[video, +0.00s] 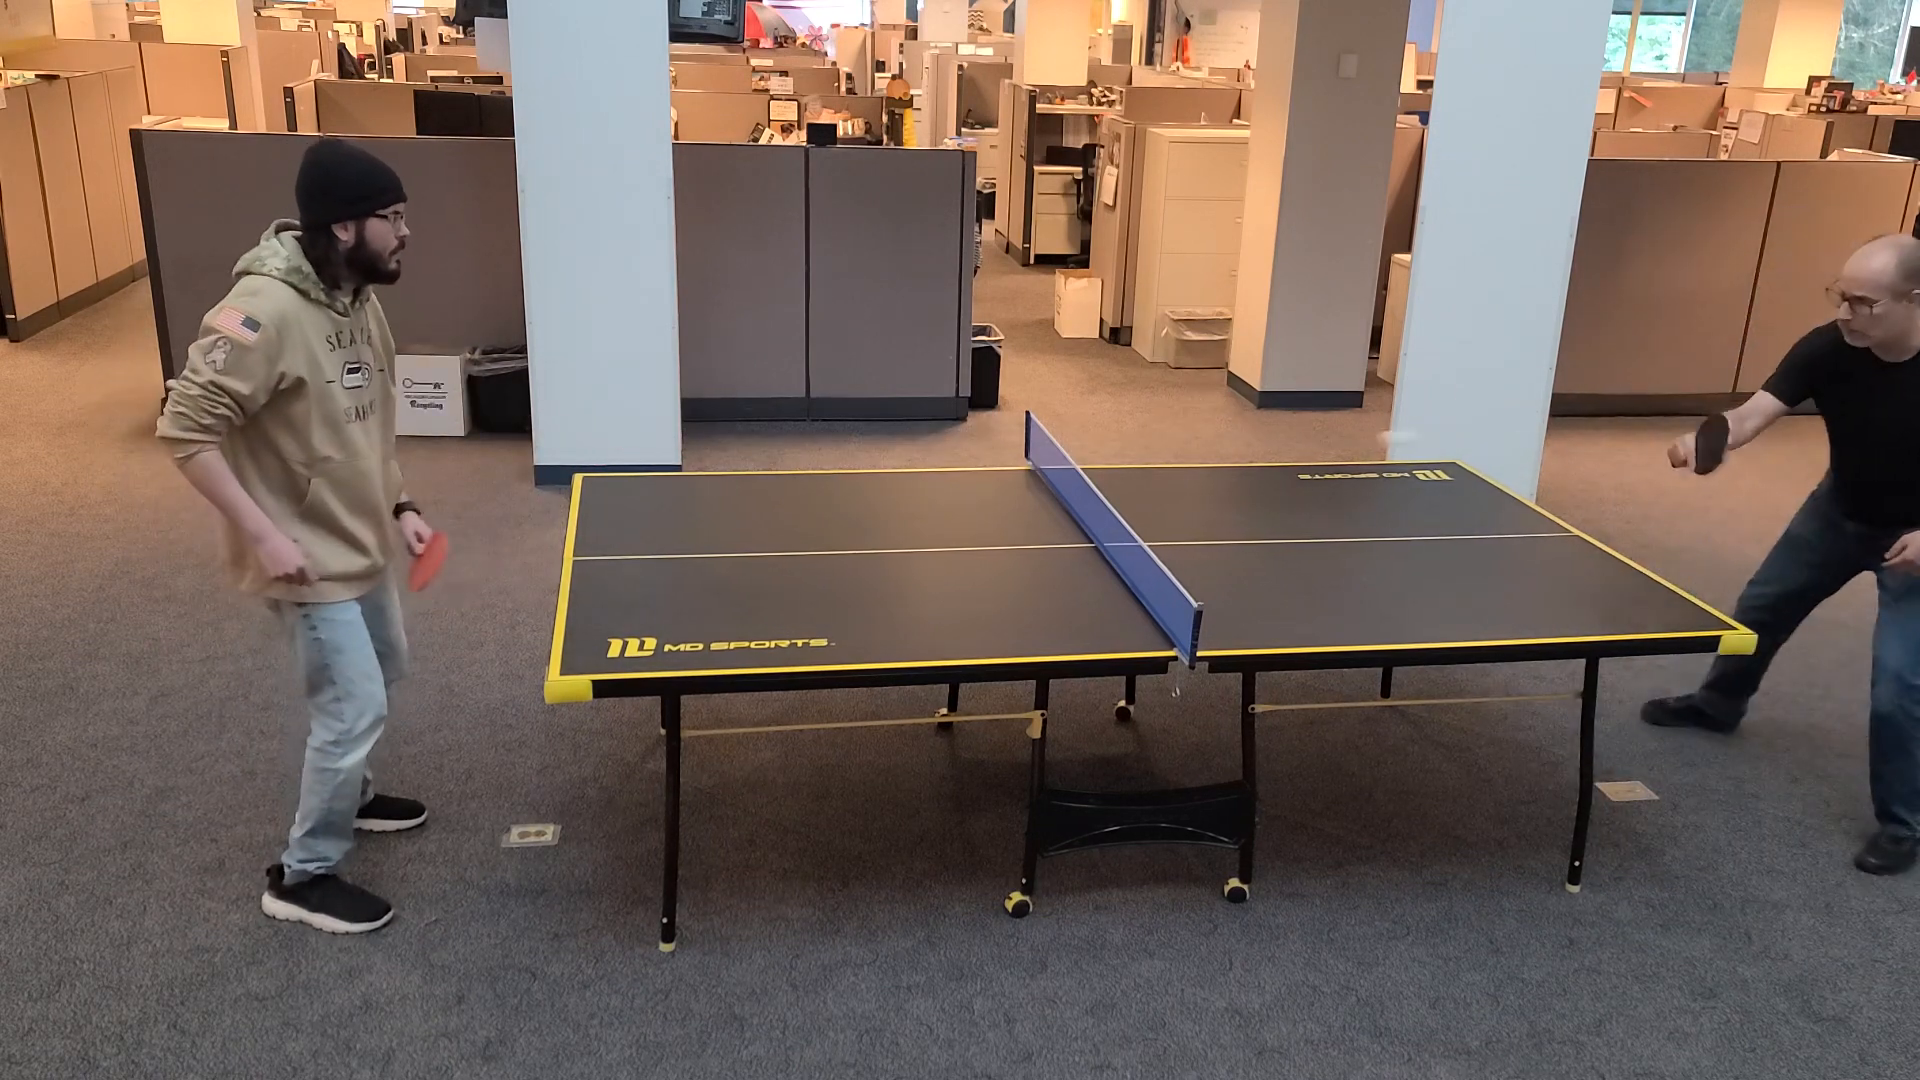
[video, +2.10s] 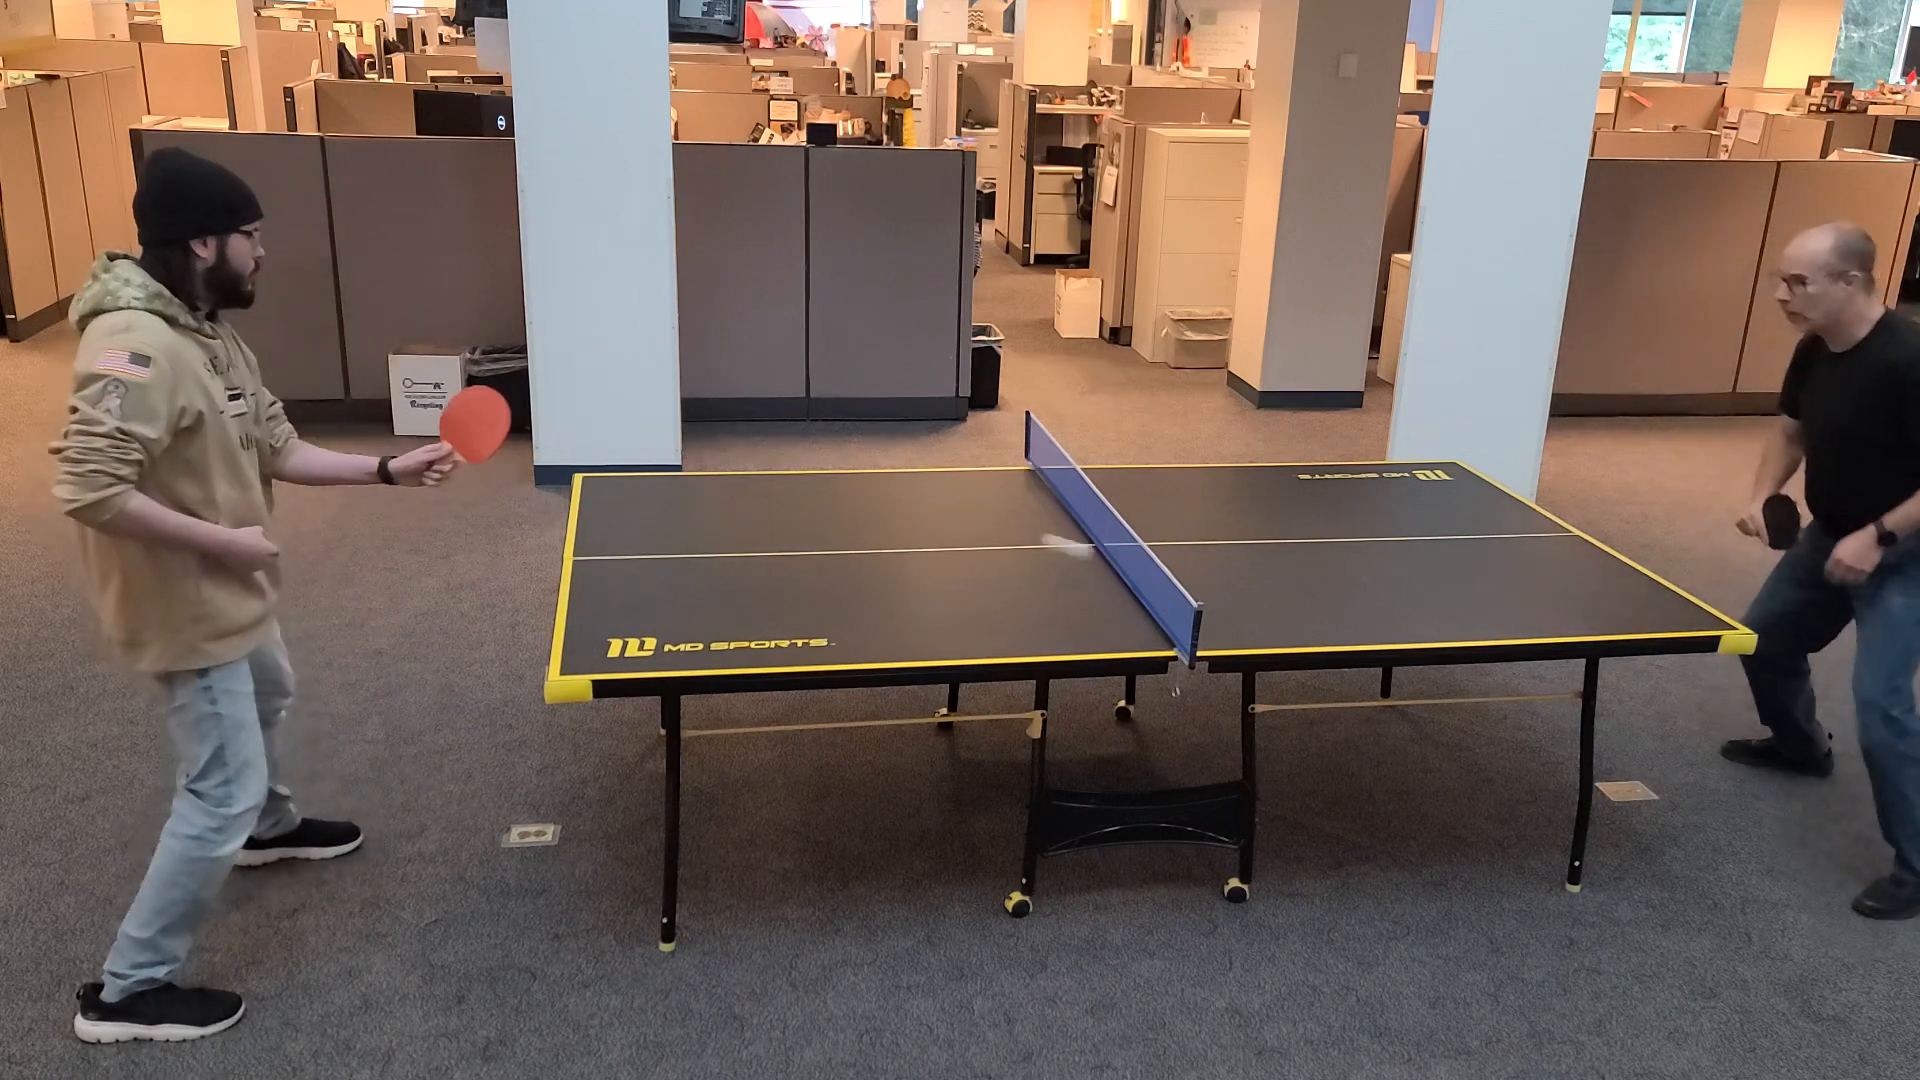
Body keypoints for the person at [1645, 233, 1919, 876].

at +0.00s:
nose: (1843, 312)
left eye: (1860, 303)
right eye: (1841, 298)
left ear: (1909, 302)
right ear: (1843, 291)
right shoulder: (1830, 350)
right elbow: (1749, 415)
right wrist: (1703, 444)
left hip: (1911, 536)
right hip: (1842, 510)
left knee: (1898, 683)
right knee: (1761, 606)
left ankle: (1900, 823)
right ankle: (1719, 703)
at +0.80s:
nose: (1747, 291)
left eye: (1760, 281)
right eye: (1747, 278)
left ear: (1813, 280)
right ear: (1795, 282)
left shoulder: (1883, 344)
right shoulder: (1765, 333)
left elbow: (1919, 445)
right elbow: (1725, 397)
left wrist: (1838, 491)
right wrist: (1688, 457)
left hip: (1880, 498)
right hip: (1802, 480)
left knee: (1856, 639)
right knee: (1709, 573)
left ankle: (1882, 781)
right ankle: (1724, 676)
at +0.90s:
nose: (1726, 287)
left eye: (1738, 277)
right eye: (1726, 275)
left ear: (1787, 276)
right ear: (1771, 277)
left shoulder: (1859, 336)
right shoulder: (1750, 326)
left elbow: (1911, 436)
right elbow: (1687, 362)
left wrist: (1842, 495)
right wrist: (1627, 420)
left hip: (1865, 497)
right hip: (1787, 479)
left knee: (1852, 641)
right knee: (1688, 566)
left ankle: (1882, 785)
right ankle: (1679, 661)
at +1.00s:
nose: (1704, 277)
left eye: (1716, 267)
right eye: (1703, 265)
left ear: (1763, 267)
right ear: (1748, 266)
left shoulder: (1825, 323)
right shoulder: (1719, 311)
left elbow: (1901, 412)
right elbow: (1637, 319)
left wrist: (1834, 490)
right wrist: (1563, 361)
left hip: (1838, 491)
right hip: (1761, 477)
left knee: (1844, 632)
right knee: (1679, 567)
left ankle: (1876, 777)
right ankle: (1660, 665)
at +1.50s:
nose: (1685, 261)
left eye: (1697, 251)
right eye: (1684, 249)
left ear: (1744, 253)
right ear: (1729, 254)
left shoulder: (1802, 317)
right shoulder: (1705, 315)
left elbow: (1851, 417)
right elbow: (1664, 381)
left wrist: (1767, 476)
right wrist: (1624, 417)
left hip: (1810, 483)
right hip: (1735, 470)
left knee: (1805, 625)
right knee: (1658, 568)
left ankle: (1851, 768)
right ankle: (1659, 666)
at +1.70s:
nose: (1719, 256)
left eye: (1733, 245)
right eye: (1718, 243)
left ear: (1783, 248)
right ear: (1769, 249)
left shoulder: (1845, 315)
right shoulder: (1754, 310)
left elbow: (1900, 416)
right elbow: (1737, 388)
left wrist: (1814, 479)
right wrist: (1704, 428)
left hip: (1867, 484)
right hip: (1795, 474)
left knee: (1832, 642)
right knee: (1721, 580)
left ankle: (1857, 778)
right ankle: (1709, 690)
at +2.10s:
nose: (1783, 296)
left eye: (1797, 284)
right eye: (1782, 282)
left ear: (1852, 284)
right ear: (1828, 286)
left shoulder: (1910, 358)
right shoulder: (1816, 348)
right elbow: (1791, 434)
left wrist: (1879, 532)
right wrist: (1762, 494)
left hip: (1901, 557)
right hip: (1828, 540)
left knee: (1883, 706)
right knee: (1763, 637)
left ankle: (1914, 867)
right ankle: (1798, 745)